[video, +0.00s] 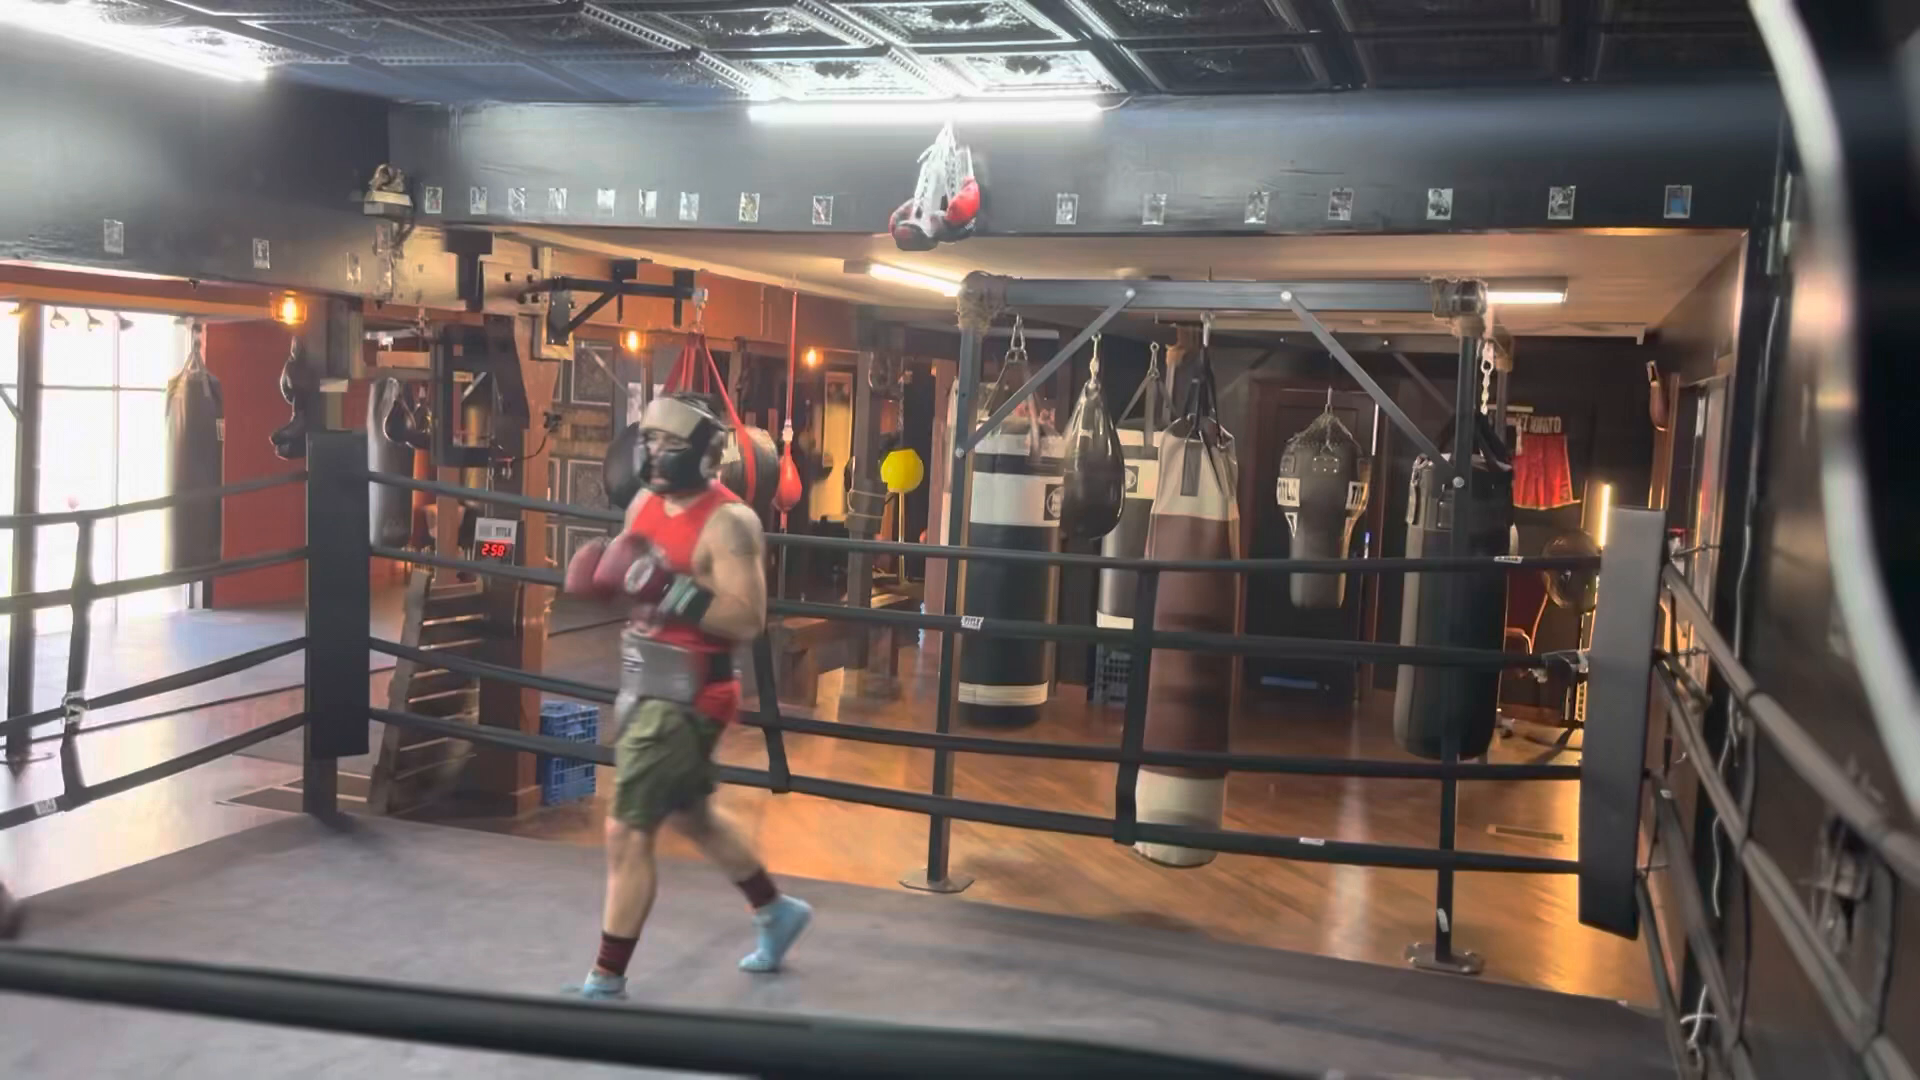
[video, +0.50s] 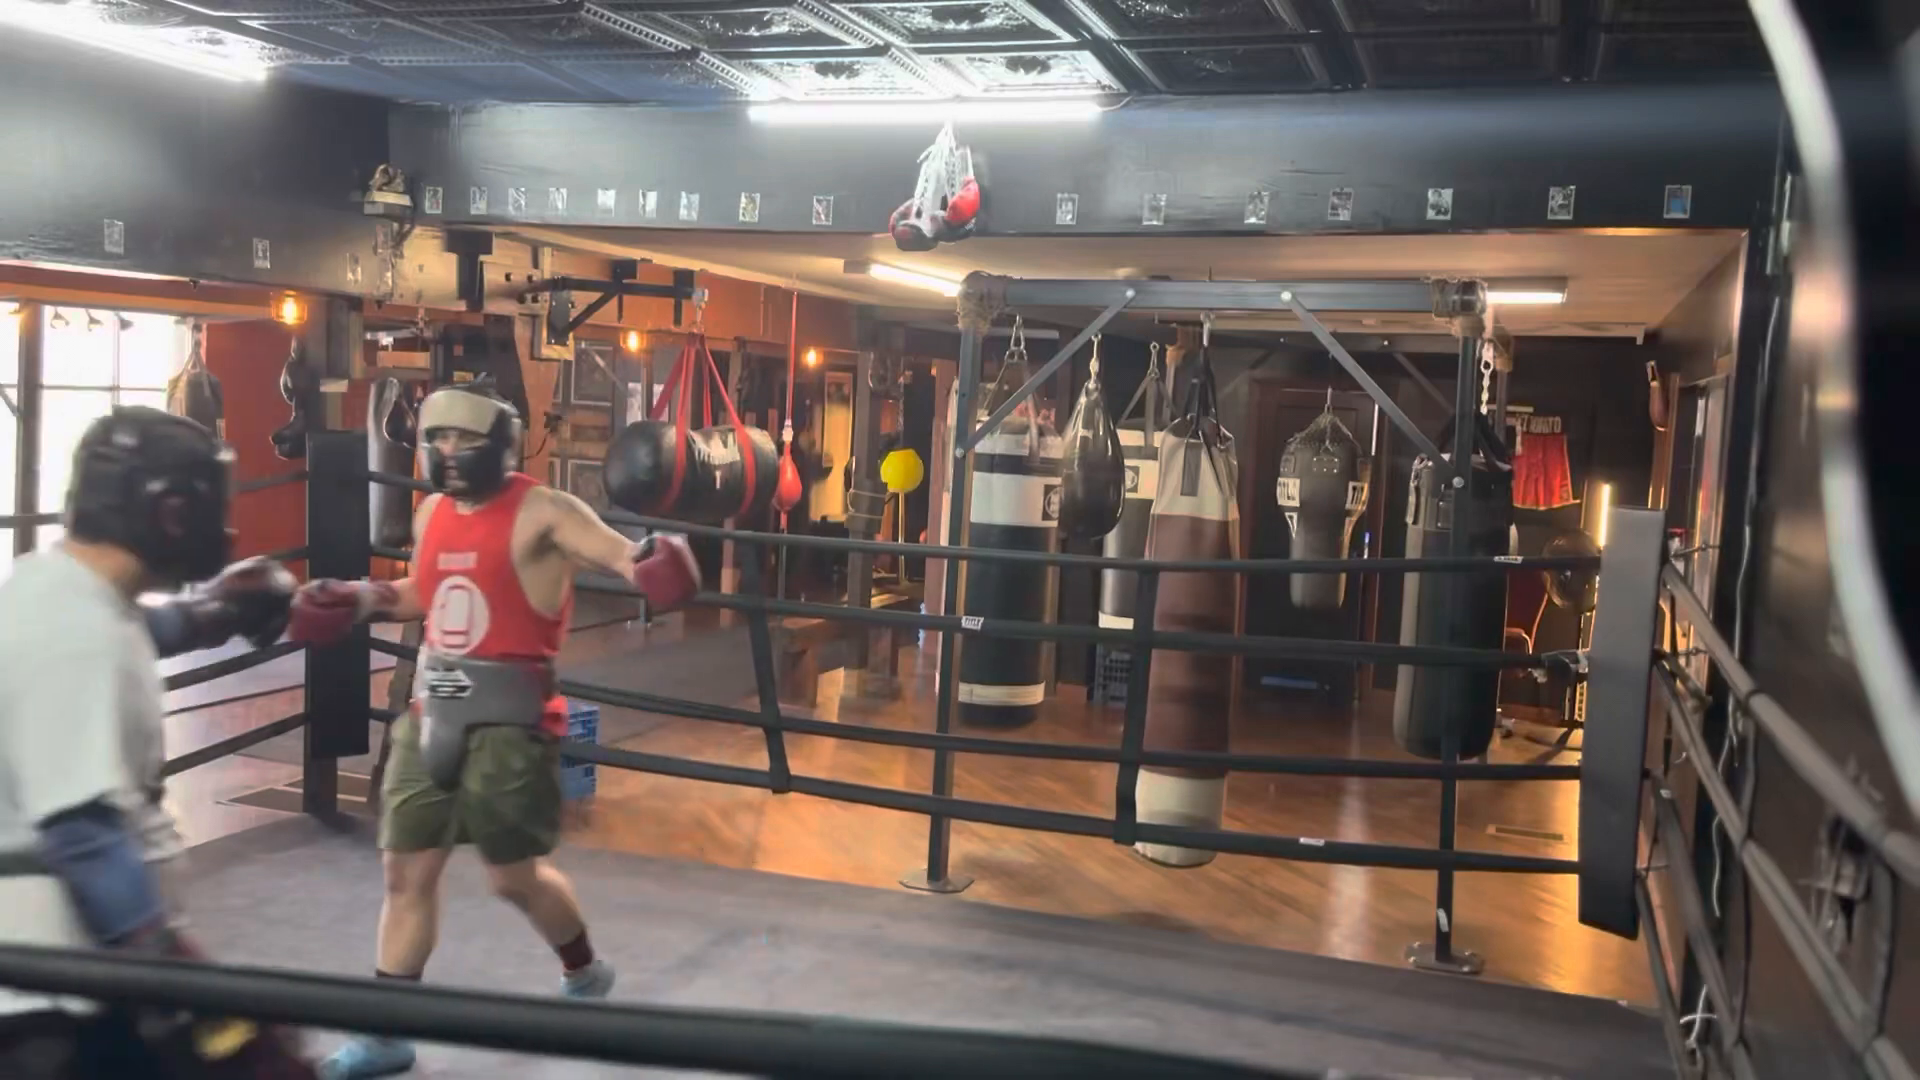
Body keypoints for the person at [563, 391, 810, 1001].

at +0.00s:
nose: (653, 451)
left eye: (667, 441)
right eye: (650, 438)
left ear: (702, 448)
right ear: (645, 440)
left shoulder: (731, 522)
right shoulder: (647, 503)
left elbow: (746, 619)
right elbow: (626, 571)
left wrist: (667, 589)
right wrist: (600, 570)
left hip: (690, 696)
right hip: (645, 686)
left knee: (627, 832)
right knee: (696, 817)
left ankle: (606, 979)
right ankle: (776, 910)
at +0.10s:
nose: (621, 448)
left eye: (636, 438)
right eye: (614, 435)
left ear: (667, 445)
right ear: (605, 439)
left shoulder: (695, 514)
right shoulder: (605, 498)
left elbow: (735, 604)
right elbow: (592, 569)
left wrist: (649, 611)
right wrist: (563, 597)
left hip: (654, 694)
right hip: (599, 681)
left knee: (607, 832)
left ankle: (601, 980)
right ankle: (709, 892)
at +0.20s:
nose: (578, 440)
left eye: (593, 429)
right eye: (571, 427)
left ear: (626, 433)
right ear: (561, 431)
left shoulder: (660, 502)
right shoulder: (570, 492)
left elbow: (715, 589)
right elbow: (571, 569)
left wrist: (639, 615)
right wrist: (533, 595)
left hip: (618, 691)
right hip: (559, 677)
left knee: (599, 836)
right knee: (522, 814)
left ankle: (600, 977)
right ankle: (616, 912)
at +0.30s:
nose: (540, 440)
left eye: (554, 428)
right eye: (530, 427)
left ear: (587, 432)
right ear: (520, 430)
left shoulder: (626, 501)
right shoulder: (526, 495)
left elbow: (696, 583)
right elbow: (533, 580)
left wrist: (641, 602)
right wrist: (482, 594)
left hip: (590, 697)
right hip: (517, 688)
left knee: (591, 844)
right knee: (477, 832)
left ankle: (599, 980)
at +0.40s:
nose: (489, 448)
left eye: (504, 436)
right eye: (482, 436)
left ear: (543, 440)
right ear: (476, 440)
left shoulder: (586, 506)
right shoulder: (481, 506)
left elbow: (666, 570)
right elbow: (475, 587)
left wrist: (648, 586)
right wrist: (415, 595)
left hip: (557, 706)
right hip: (480, 701)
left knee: (570, 856)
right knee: (442, 860)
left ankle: (597, 986)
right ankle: (398, 1015)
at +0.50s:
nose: (449, 452)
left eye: (465, 439)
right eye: (439, 439)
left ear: (503, 444)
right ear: (428, 445)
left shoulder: (544, 510)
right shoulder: (434, 511)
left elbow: (628, 561)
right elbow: (419, 597)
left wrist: (664, 570)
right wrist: (355, 598)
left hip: (510, 716)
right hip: (430, 709)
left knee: (513, 876)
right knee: (406, 873)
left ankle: (587, 973)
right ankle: (388, 1030)